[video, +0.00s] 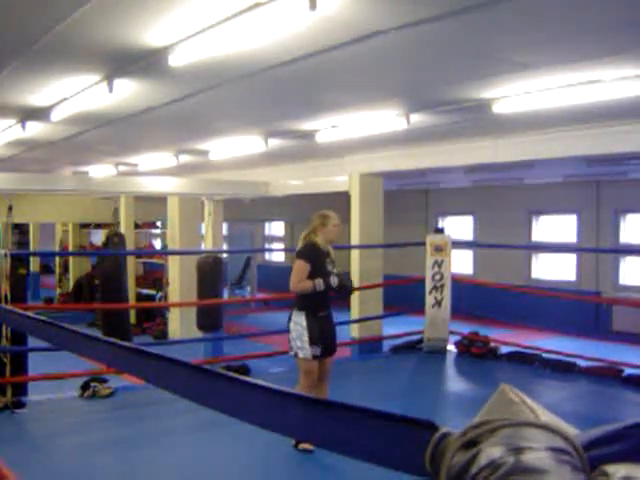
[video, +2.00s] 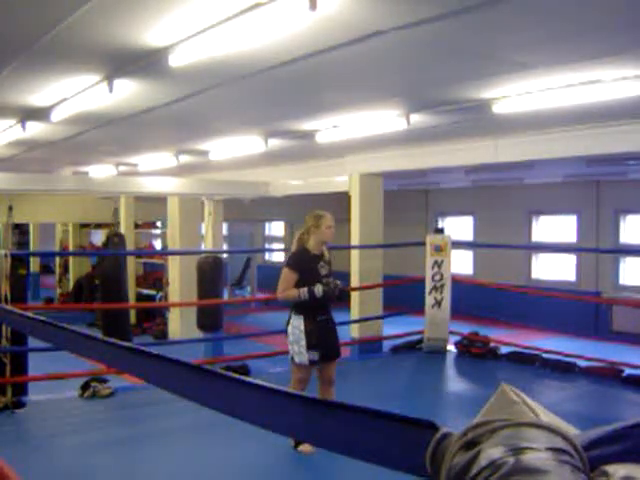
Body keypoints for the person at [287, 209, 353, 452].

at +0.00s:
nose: (339, 231)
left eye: (339, 226)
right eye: (335, 226)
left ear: (328, 228)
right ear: (321, 227)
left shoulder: (328, 252)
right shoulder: (308, 250)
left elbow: (325, 281)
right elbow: (295, 284)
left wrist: (339, 282)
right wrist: (326, 283)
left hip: (323, 313)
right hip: (304, 314)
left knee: (323, 375)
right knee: (309, 375)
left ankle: (318, 429)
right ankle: (302, 432)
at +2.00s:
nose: (332, 232)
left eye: (333, 228)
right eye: (328, 228)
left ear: (327, 231)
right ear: (314, 229)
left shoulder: (325, 257)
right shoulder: (298, 257)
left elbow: (321, 286)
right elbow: (282, 292)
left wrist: (334, 288)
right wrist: (313, 291)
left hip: (324, 317)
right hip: (303, 318)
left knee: (328, 379)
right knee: (300, 379)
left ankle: (326, 430)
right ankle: (297, 433)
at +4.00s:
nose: (345, 234)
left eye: (346, 229)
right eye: (342, 229)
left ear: (336, 230)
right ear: (327, 229)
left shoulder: (334, 257)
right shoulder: (312, 255)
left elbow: (331, 289)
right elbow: (296, 290)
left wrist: (349, 291)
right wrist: (327, 289)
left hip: (334, 317)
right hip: (314, 318)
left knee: (334, 377)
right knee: (308, 379)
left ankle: (329, 428)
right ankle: (299, 431)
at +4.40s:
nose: (346, 233)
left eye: (347, 229)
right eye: (343, 229)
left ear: (336, 230)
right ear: (328, 229)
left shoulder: (334, 257)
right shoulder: (312, 255)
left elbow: (331, 289)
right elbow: (296, 290)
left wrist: (348, 291)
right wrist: (327, 289)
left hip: (334, 317)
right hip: (315, 318)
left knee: (334, 378)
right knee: (308, 379)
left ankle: (329, 429)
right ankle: (299, 431)